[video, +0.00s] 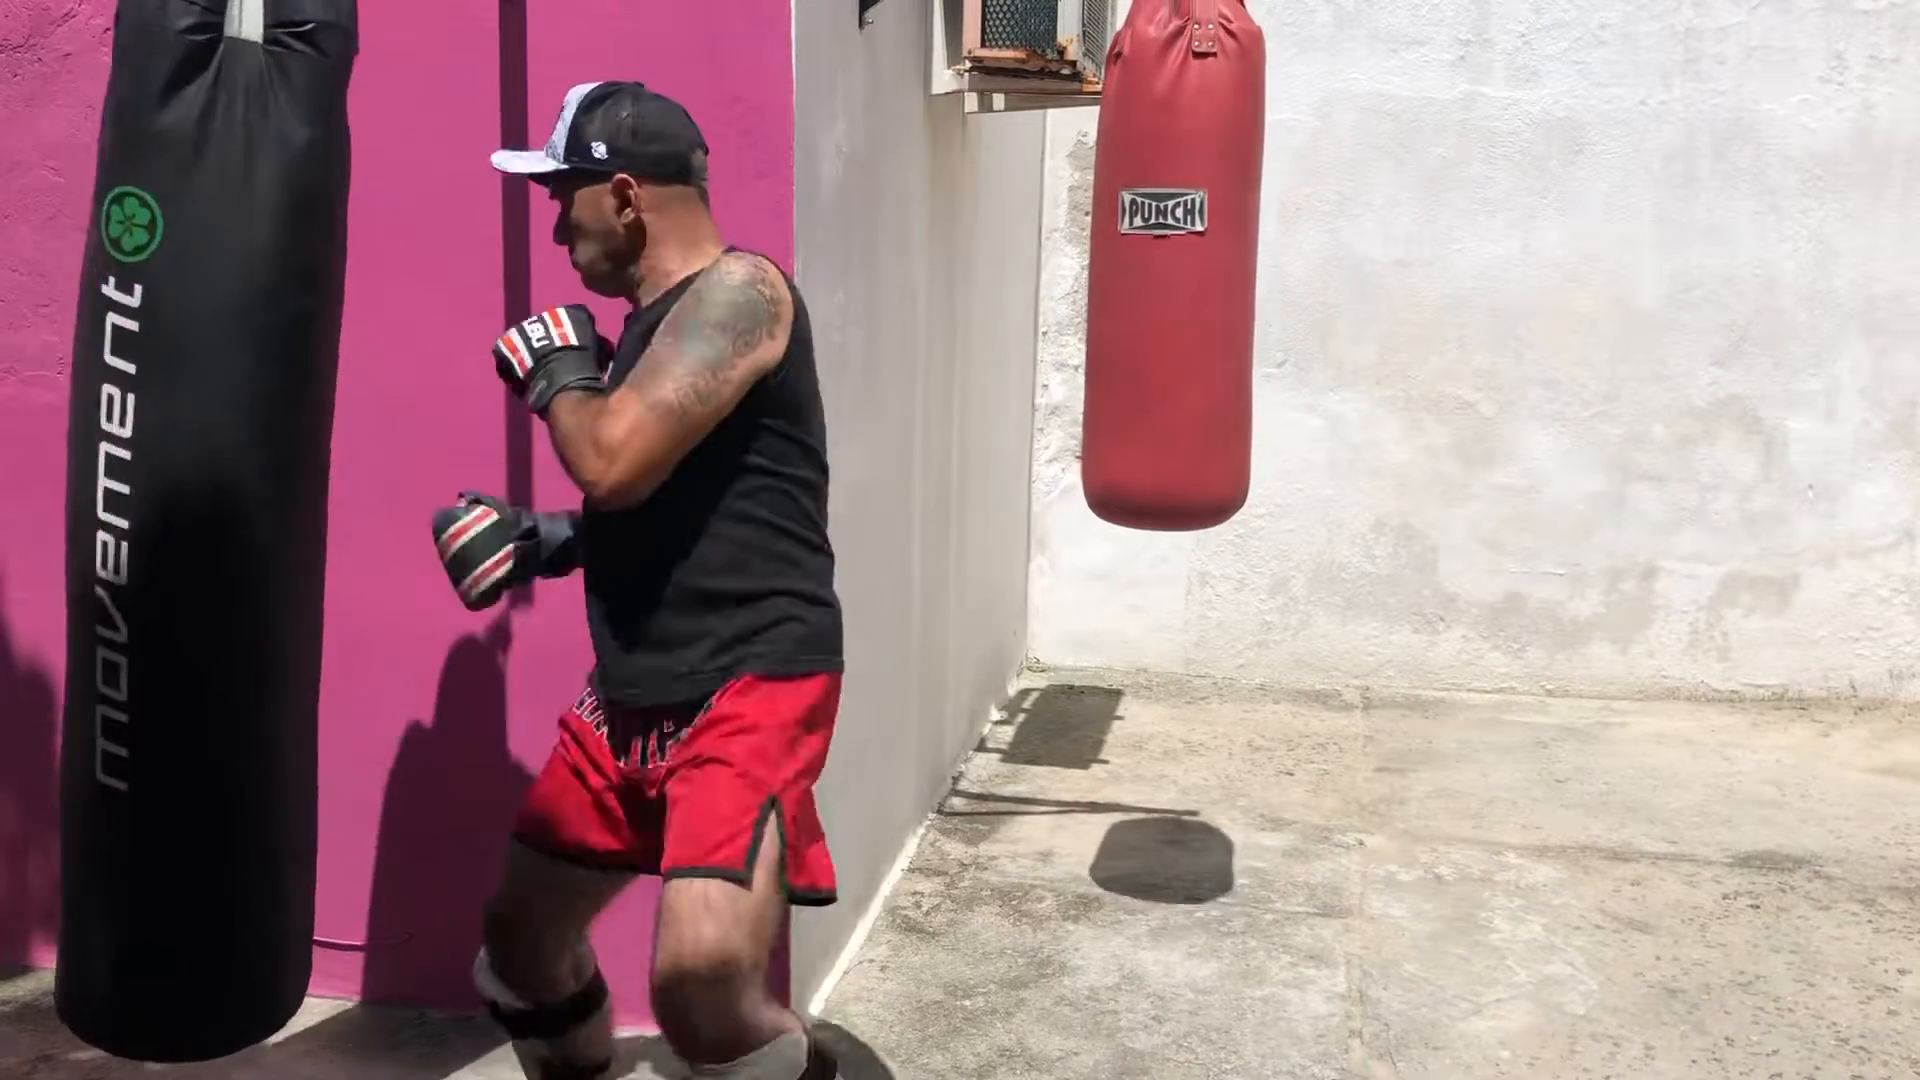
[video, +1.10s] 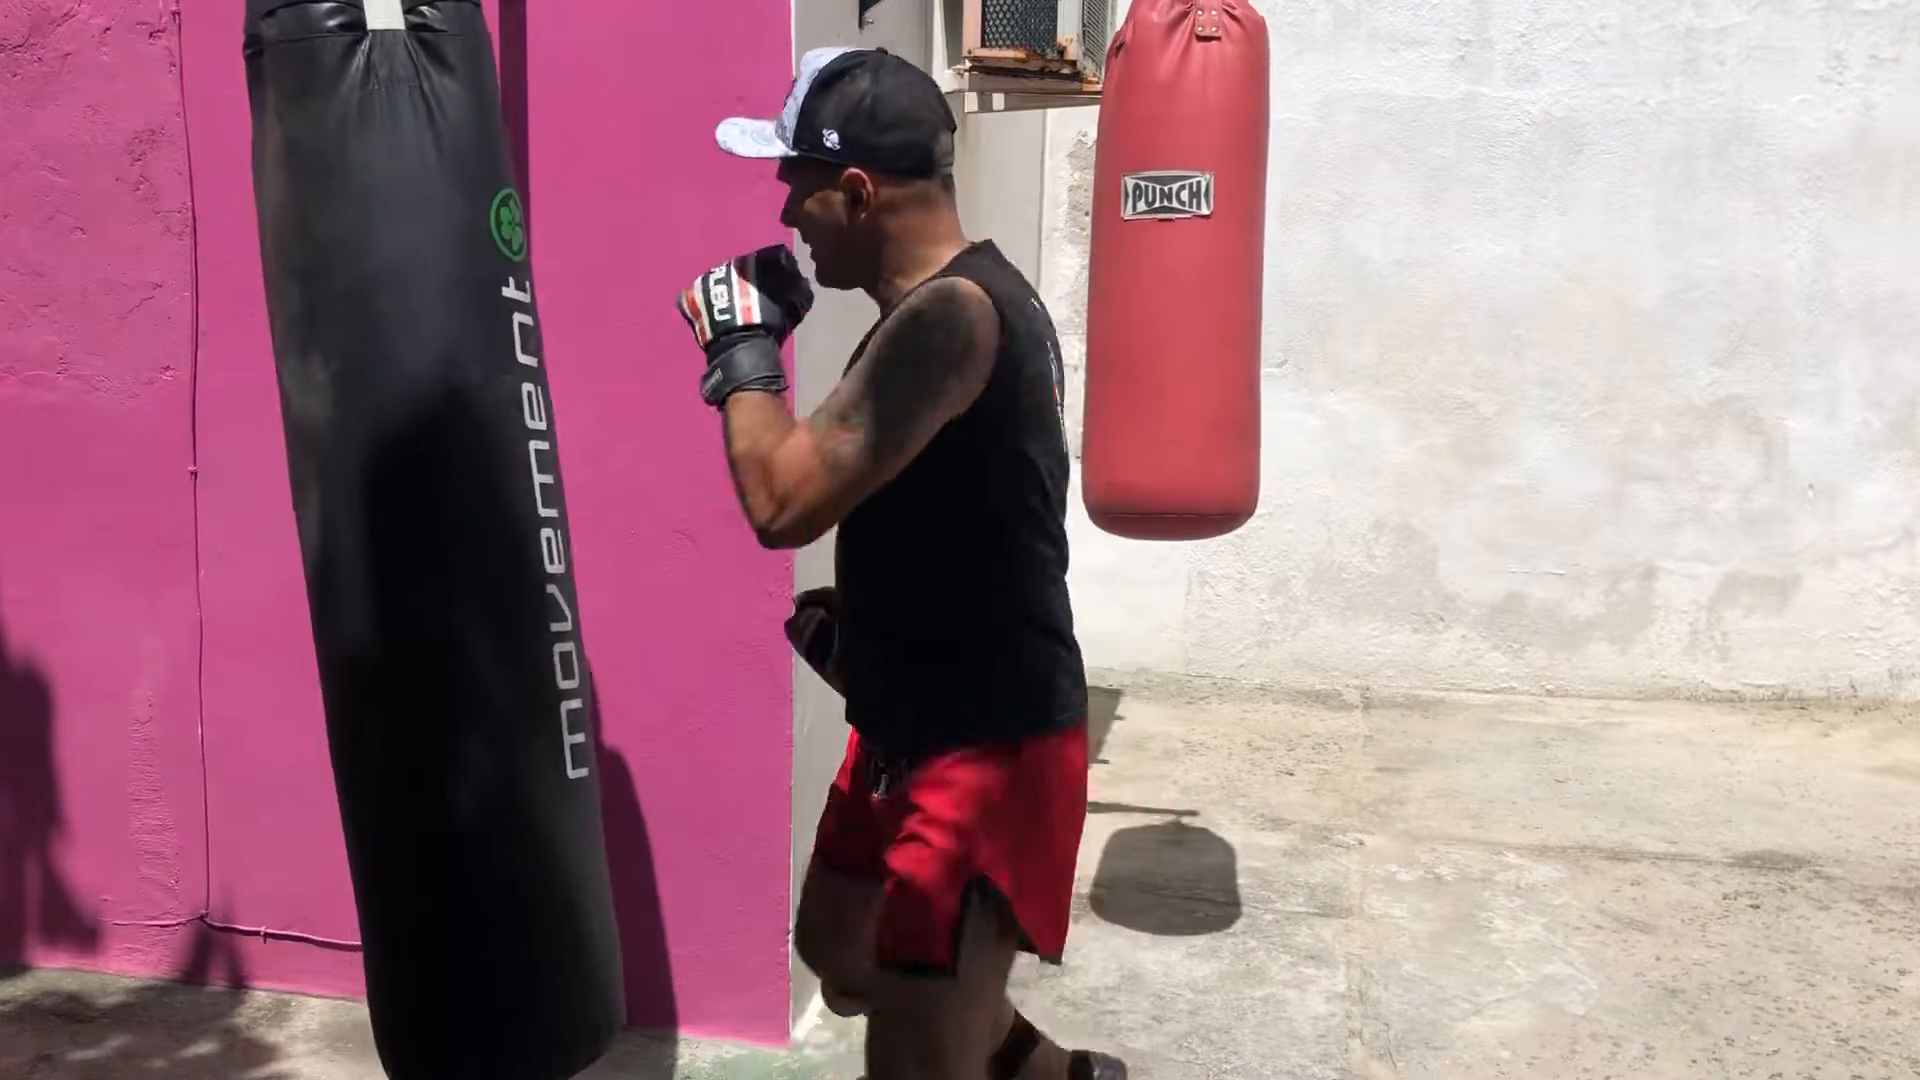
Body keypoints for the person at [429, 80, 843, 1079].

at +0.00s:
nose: (556, 220)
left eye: (566, 193)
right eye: (554, 196)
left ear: (633, 194)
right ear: (638, 198)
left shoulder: (744, 292)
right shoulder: (640, 334)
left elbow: (613, 460)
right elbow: (672, 517)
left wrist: (555, 370)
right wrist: (547, 542)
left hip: (753, 683)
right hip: (630, 692)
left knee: (704, 1001)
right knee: (524, 944)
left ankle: (825, 1067)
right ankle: (586, 1075)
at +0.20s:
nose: (718, 171)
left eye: (727, 145)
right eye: (715, 147)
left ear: (793, 139)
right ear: (808, 137)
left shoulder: (878, 235)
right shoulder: (847, 241)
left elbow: (806, 418)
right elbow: (826, 408)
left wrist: (670, 334)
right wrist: (744, 329)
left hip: (901, 625)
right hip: (852, 622)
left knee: (817, 926)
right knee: (792, 868)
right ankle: (963, 1034)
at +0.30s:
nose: (776, 215)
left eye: (788, 192)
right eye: (776, 192)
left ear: (851, 195)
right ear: (857, 194)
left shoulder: (944, 283)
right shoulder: (900, 293)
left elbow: (919, 469)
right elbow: (896, 456)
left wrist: (776, 376)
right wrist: (775, 367)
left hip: (975, 660)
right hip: (929, 657)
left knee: (823, 926)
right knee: (970, 918)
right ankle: (1097, 1057)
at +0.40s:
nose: (817, 262)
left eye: (829, 236)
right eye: (816, 238)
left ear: (894, 235)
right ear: (899, 234)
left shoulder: (977, 328)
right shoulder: (963, 325)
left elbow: (956, 524)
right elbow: (932, 483)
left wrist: (808, 436)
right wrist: (846, 406)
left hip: (1017, 698)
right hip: (1007, 688)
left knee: (876, 981)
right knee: (1004, 932)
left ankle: (1044, 1073)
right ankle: (1111, 1069)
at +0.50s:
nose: (842, 242)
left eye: (854, 216)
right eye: (842, 217)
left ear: (922, 214)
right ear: (936, 211)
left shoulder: (998, 317)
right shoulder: (1017, 299)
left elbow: (923, 518)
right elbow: (984, 486)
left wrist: (814, 409)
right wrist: (900, 404)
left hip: (1030, 686)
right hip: (1034, 673)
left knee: (973, 1007)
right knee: (1040, 924)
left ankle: (1080, 1033)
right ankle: (1114, 1061)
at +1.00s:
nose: (820, 206)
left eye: (831, 181)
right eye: (821, 181)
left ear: (902, 185)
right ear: (911, 185)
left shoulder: (1011, 312)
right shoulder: (965, 292)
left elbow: (883, 510)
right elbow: (895, 418)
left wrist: (801, 370)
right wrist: (772, 393)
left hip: (1025, 719)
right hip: (974, 707)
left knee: (961, 1041)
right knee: (1047, 978)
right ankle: (1136, 1072)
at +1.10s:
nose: (788, 214)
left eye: (796, 188)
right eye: (789, 188)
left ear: (859, 193)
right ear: (878, 189)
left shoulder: (957, 314)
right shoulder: (942, 302)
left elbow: (783, 503)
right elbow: (990, 547)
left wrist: (743, 346)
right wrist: (866, 622)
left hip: (985, 749)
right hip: (907, 731)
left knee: (925, 1056)